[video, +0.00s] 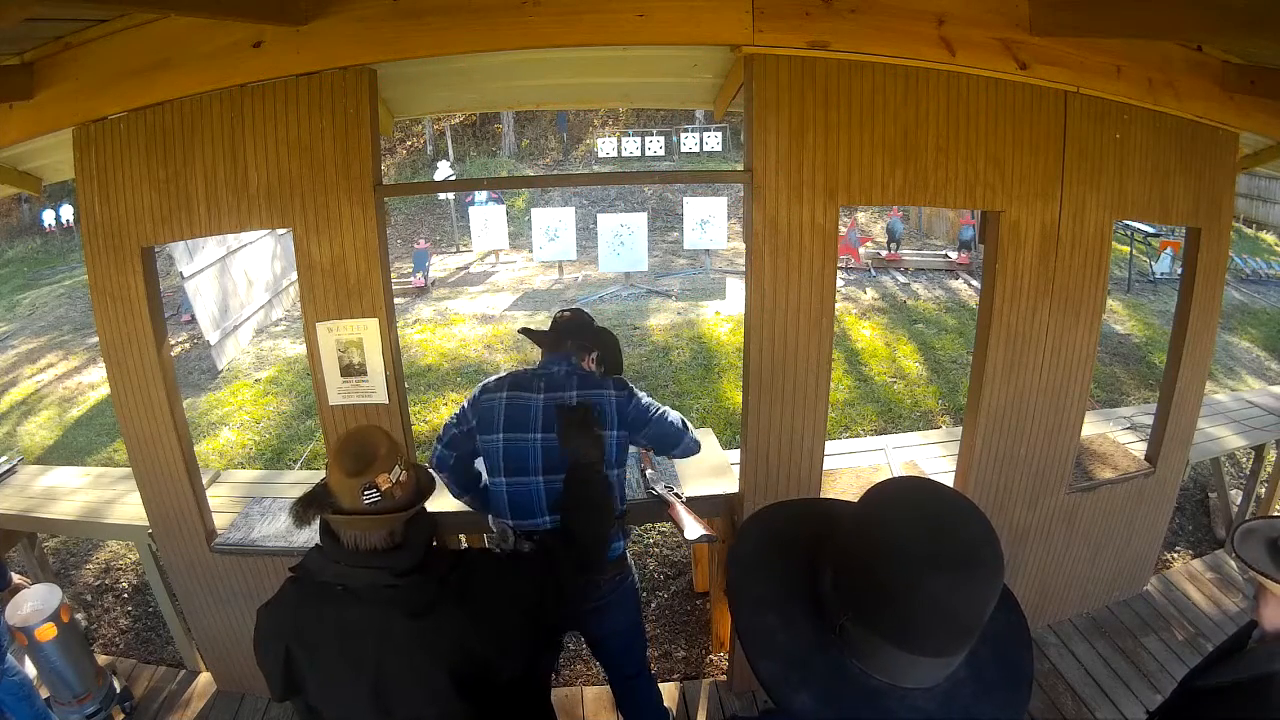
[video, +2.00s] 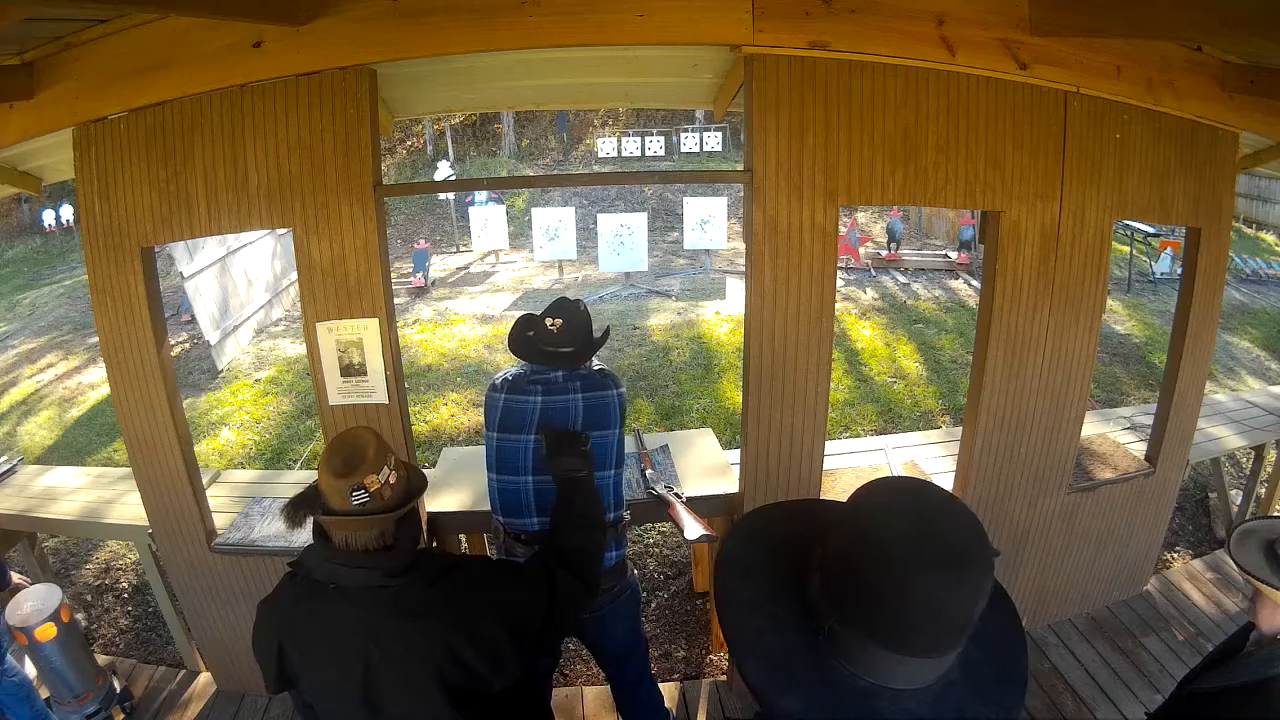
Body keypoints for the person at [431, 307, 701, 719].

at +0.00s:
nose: (599, 368)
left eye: (599, 360)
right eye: (598, 359)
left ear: (546, 350)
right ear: (588, 356)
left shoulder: (490, 393)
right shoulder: (615, 394)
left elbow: (446, 458)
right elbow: (686, 441)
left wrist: (489, 504)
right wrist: (649, 436)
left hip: (519, 577)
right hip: (600, 570)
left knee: (529, 692)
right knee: (633, 682)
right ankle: (652, 718)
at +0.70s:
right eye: (582, 337)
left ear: (529, 343)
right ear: (583, 344)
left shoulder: (491, 399)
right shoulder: (610, 391)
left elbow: (465, 471)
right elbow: (638, 457)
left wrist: (515, 452)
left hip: (526, 580)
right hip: (606, 571)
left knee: (530, 691)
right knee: (634, 681)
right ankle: (653, 718)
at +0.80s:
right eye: (580, 335)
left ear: (523, 342)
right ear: (581, 343)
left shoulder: (489, 401)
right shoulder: (608, 391)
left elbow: (479, 449)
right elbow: (629, 459)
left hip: (526, 585)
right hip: (605, 577)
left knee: (530, 696)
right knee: (636, 686)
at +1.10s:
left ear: (528, 341)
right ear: (583, 344)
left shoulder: (494, 392)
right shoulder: (607, 387)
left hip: (524, 582)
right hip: (602, 575)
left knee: (529, 693)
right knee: (636, 687)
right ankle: (653, 716)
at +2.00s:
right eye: (592, 341)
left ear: (533, 343)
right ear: (587, 348)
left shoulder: (499, 390)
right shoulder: (609, 389)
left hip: (523, 578)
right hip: (601, 573)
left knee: (530, 691)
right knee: (635, 687)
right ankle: (652, 714)